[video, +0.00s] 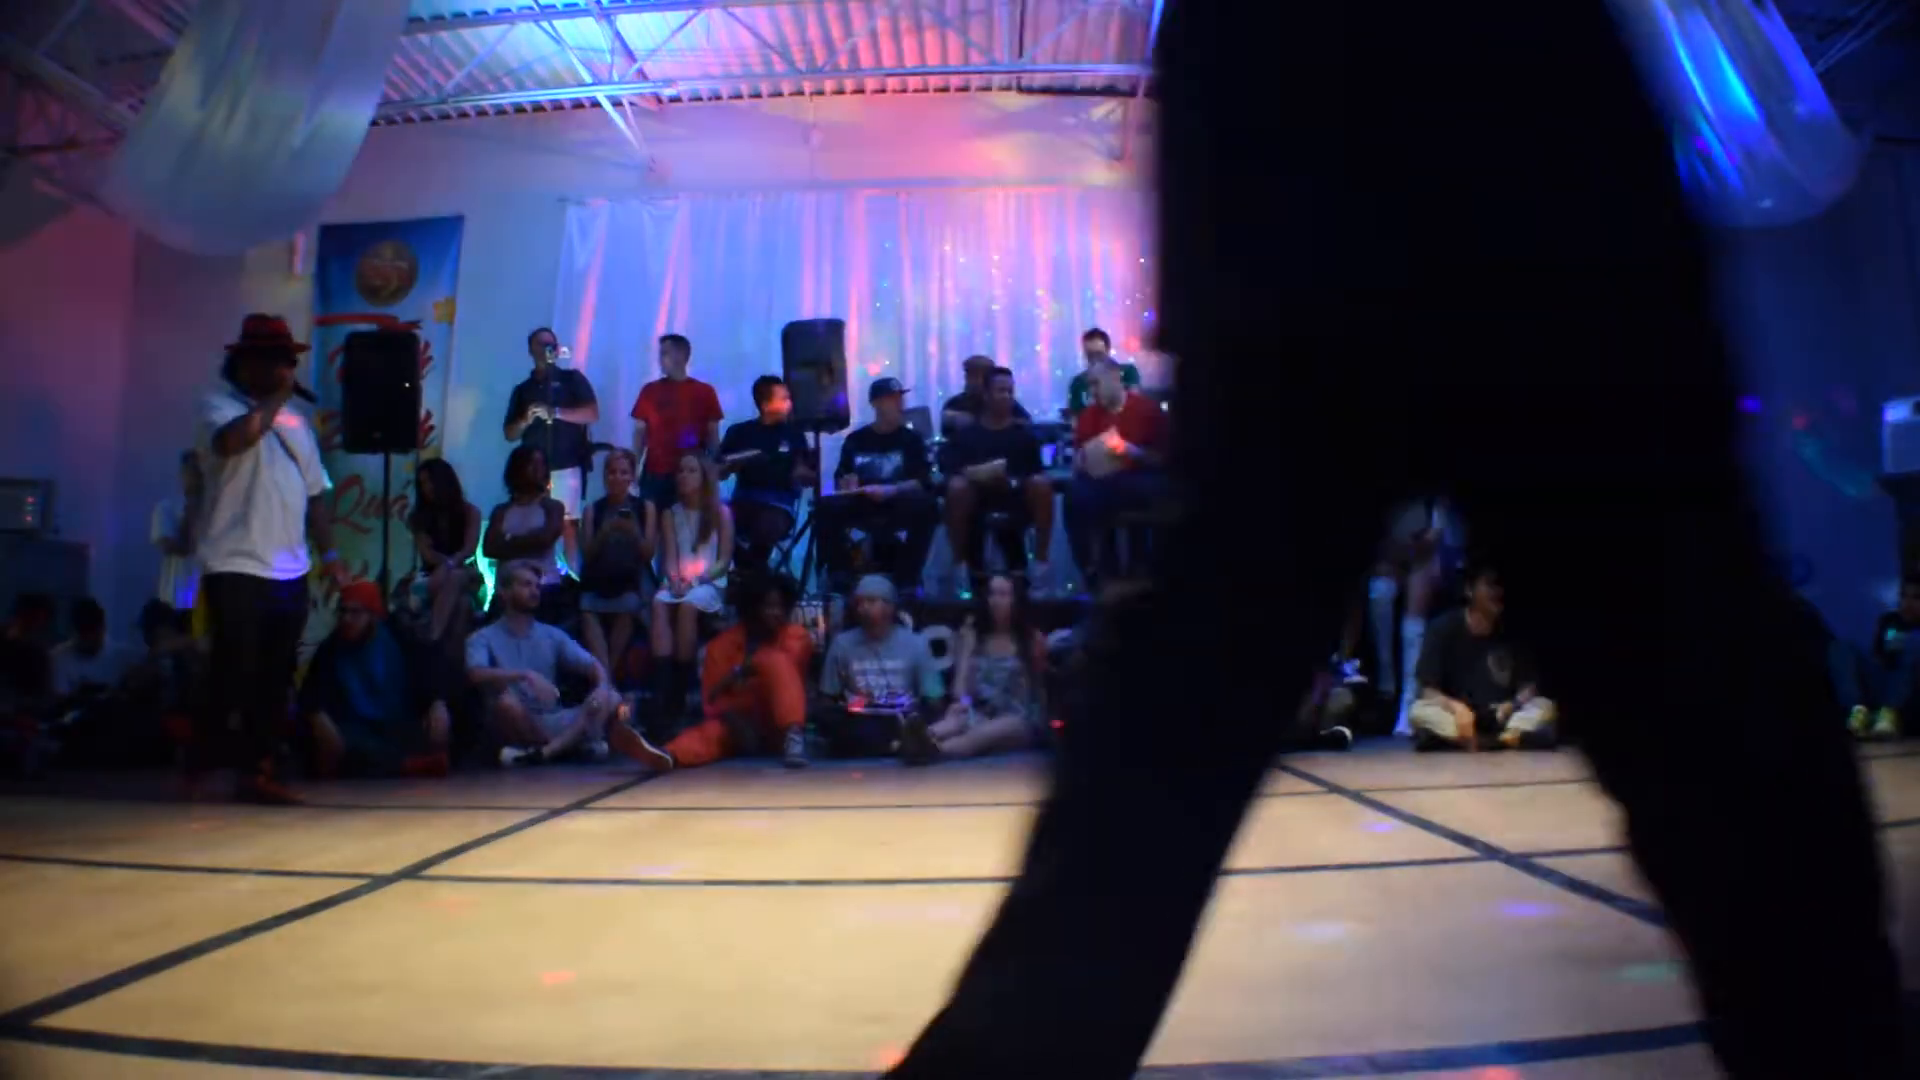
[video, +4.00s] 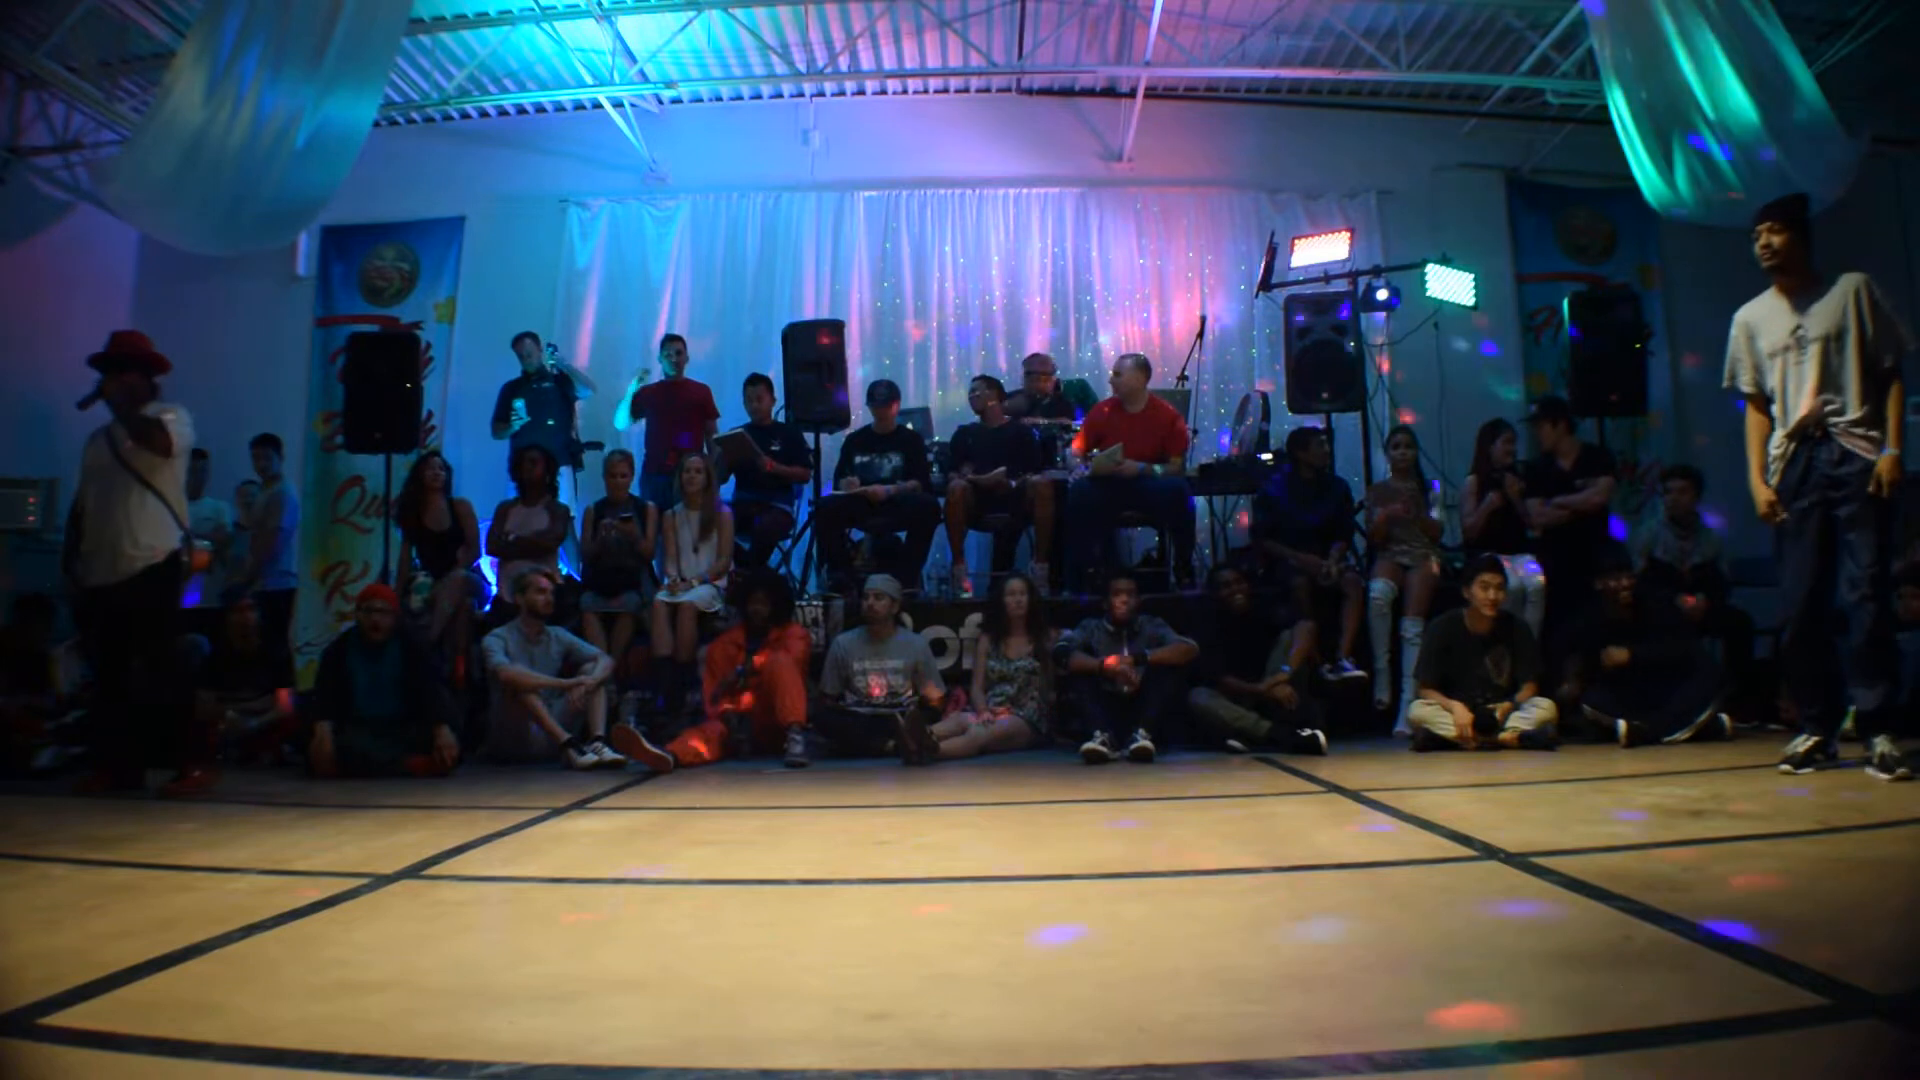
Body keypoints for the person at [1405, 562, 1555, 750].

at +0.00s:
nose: (1498, 592)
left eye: (1499, 586)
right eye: (1490, 586)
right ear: (1470, 591)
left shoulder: (1509, 630)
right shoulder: (1444, 630)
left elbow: (1529, 686)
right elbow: (1427, 690)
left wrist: (1511, 706)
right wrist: (1458, 709)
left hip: (1501, 706)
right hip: (1459, 709)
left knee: (1545, 707)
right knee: (1420, 712)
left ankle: (1504, 738)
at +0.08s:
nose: (1496, 592)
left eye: (1500, 585)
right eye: (1488, 586)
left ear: (1506, 589)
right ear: (1474, 590)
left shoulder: (1517, 629)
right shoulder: (1454, 628)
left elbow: (1530, 685)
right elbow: (1427, 689)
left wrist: (1510, 706)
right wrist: (1457, 709)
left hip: (1502, 705)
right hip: (1462, 707)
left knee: (1548, 707)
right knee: (1420, 711)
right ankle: (1507, 741)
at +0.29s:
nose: (1492, 589)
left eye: (1497, 581)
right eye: (1483, 581)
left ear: (1504, 587)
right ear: (1467, 590)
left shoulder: (1518, 628)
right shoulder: (1444, 630)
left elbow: (1534, 682)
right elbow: (1428, 688)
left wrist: (1516, 705)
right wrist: (1457, 709)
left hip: (1505, 705)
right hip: (1462, 707)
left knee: (1549, 708)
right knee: (1421, 711)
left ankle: (1503, 739)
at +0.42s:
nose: (1490, 589)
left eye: (1495, 581)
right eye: (1481, 582)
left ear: (1502, 587)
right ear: (1465, 591)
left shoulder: (1515, 628)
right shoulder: (1443, 630)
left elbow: (1531, 683)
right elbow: (1425, 689)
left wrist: (1513, 704)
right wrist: (1458, 710)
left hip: (1503, 706)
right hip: (1460, 708)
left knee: (1547, 707)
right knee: (1419, 711)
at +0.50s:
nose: (1489, 589)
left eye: (1494, 581)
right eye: (1480, 582)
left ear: (1501, 587)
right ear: (1465, 590)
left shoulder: (1514, 626)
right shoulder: (1444, 628)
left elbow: (1530, 683)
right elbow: (1424, 688)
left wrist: (1512, 704)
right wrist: (1458, 711)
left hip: (1501, 704)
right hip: (1458, 706)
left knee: (1545, 707)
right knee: (1419, 711)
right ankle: (1508, 740)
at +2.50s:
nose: (1491, 596)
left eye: (1496, 588)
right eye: (1483, 587)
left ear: (1502, 593)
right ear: (1465, 592)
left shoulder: (1513, 627)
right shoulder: (1442, 628)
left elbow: (1530, 685)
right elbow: (1425, 689)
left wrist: (1510, 706)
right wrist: (1457, 708)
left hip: (1501, 705)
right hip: (1458, 705)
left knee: (1546, 707)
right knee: (1419, 711)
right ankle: (1505, 741)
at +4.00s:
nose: (1492, 596)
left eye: (1499, 589)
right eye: (1484, 588)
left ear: (1505, 593)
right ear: (1467, 592)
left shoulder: (1515, 627)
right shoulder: (1443, 628)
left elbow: (1530, 685)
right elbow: (1425, 689)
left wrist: (1510, 706)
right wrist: (1456, 707)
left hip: (1501, 705)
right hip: (1457, 705)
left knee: (1546, 707)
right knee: (1417, 710)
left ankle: (1461, 742)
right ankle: (1508, 740)